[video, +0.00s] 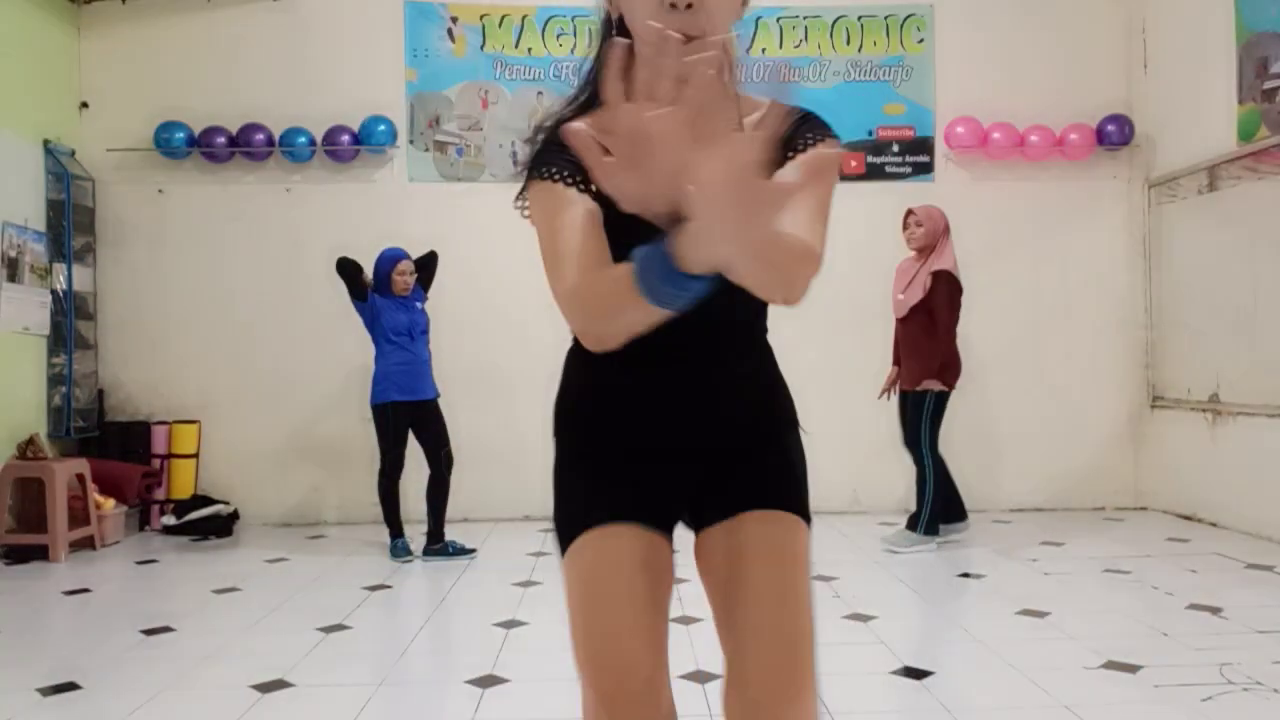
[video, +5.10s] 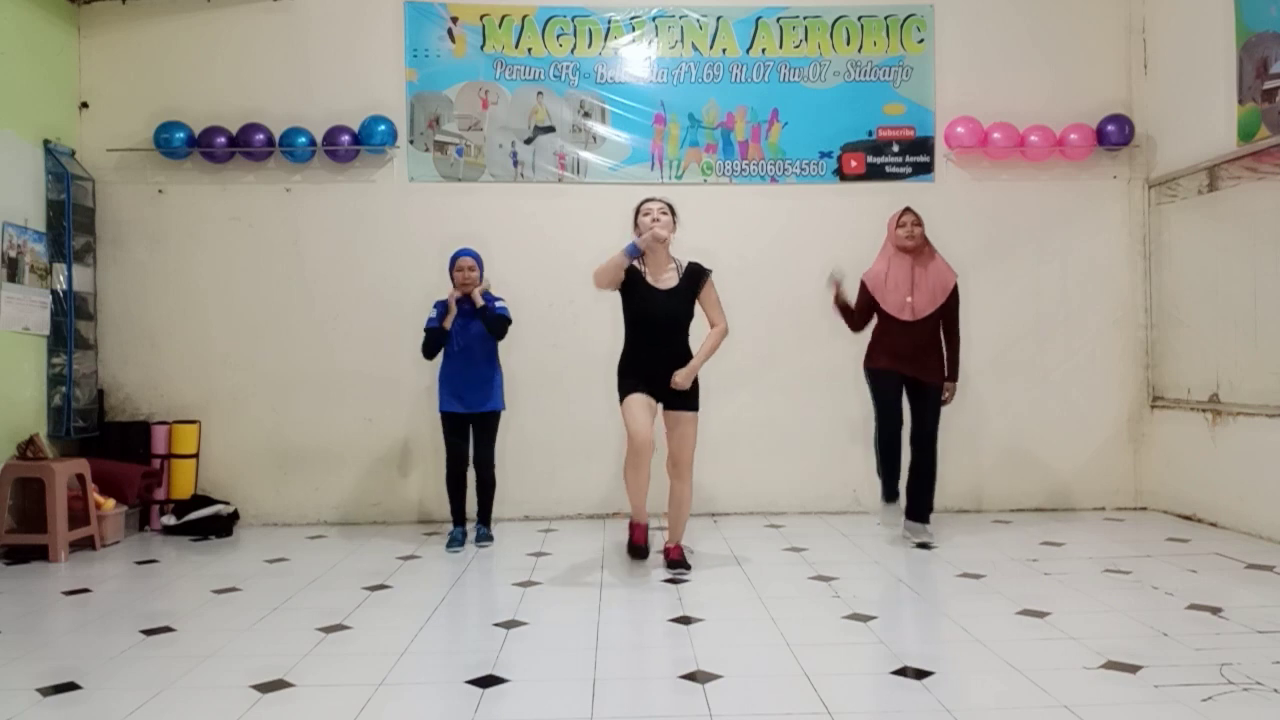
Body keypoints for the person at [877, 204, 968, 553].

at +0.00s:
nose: (911, 231)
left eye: (918, 226)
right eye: (907, 227)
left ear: (937, 231)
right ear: (905, 234)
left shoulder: (943, 274)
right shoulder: (909, 271)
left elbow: (945, 329)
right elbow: (903, 323)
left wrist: (935, 373)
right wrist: (896, 366)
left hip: (936, 373)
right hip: (911, 371)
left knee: (924, 445)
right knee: (914, 442)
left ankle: (923, 528)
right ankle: (952, 514)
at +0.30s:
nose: (896, 231)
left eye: (903, 226)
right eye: (893, 227)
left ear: (923, 231)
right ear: (892, 235)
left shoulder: (929, 276)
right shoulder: (903, 272)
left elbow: (933, 332)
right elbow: (906, 327)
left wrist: (918, 376)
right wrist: (896, 368)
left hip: (924, 378)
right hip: (897, 373)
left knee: (913, 448)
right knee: (868, 435)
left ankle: (921, 530)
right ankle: (906, 511)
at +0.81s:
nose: (873, 232)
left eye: (882, 226)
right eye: (869, 226)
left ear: (896, 233)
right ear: (862, 233)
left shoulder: (910, 267)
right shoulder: (861, 273)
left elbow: (924, 320)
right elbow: (852, 331)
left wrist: (918, 369)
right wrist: (848, 384)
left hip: (899, 380)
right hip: (862, 380)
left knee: (896, 451)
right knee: (862, 456)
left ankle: (919, 528)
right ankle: (864, 531)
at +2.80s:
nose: (906, 236)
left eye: (913, 230)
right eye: (900, 231)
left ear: (923, 237)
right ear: (891, 236)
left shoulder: (935, 275)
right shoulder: (876, 275)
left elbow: (951, 324)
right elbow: (861, 325)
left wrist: (960, 368)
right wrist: (858, 372)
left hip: (930, 374)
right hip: (887, 374)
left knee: (929, 447)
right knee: (890, 445)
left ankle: (927, 518)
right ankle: (887, 518)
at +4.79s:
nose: (907, 229)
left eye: (913, 224)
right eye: (900, 225)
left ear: (922, 232)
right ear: (889, 234)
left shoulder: (936, 274)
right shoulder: (876, 274)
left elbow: (949, 327)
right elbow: (866, 329)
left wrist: (955, 374)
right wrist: (874, 371)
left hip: (922, 365)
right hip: (882, 369)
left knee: (947, 420)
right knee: (886, 443)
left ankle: (925, 491)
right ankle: (889, 519)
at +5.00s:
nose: (909, 235)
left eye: (914, 229)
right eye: (901, 230)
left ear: (922, 235)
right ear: (890, 238)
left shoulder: (941, 279)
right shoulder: (878, 278)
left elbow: (950, 334)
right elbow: (864, 328)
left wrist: (950, 379)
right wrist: (851, 343)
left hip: (927, 377)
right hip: (884, 375)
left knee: (927, 450)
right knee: (888, 446)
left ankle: (917, 520)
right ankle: (889, 518)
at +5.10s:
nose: (910, 230)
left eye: (915, 225)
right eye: (903, 226)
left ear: (924, 232)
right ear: (892, 234)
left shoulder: (942, 275)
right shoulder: (879, 274)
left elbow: (951, 329)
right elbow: (858, 322)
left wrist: (951, 375)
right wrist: (840, 301)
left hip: (926, 365)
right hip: (885, 363)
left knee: (925, 441)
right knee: (888, 432)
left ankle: (917, 520)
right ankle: (890, 498)